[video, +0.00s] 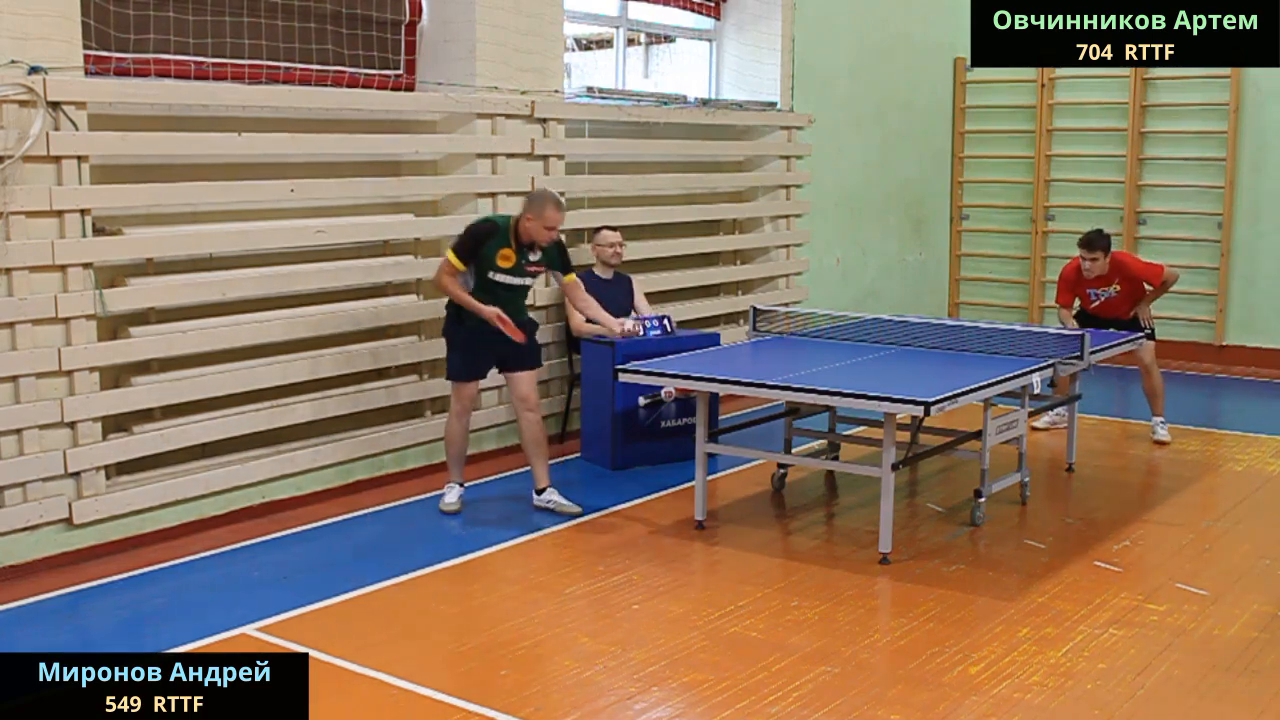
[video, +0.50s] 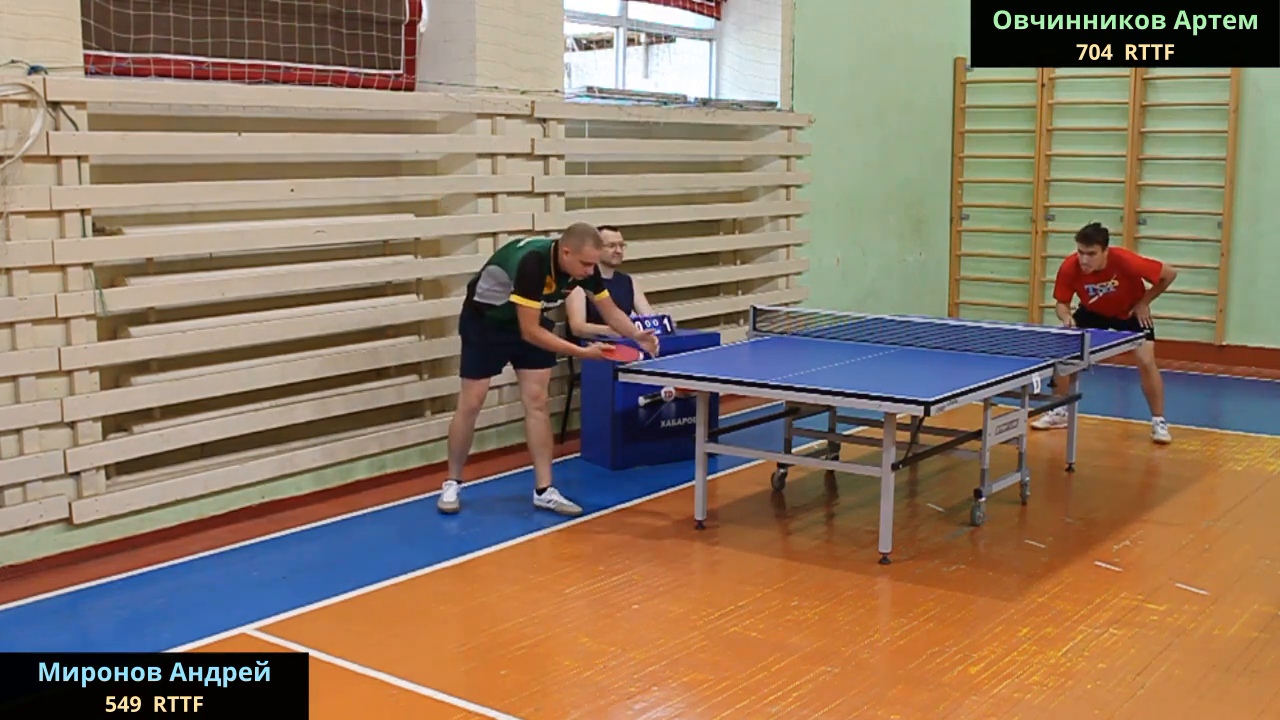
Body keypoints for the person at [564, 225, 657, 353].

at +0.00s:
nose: (618, 251)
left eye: (621, 246)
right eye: (611, 246)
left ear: (624, 248)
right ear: (594, 250)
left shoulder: (629, 283)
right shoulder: (577, 283)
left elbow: (650, 319)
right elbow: (577, 327)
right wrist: (611, 331)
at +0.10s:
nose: (618, 251)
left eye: (621, 245)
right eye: (611, 246)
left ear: (624, 247)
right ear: (594, 250)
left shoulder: (628, 282)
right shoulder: (578, 284)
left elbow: (648, 316)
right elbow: (577, 327)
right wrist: (609, 329)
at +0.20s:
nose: (618, 251)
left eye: (621, 245)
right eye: (611, 246)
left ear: (624, 247)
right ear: (595, 250)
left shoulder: (628, 281)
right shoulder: (579, 281)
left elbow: (649, 317)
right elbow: (577, 327)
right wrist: (610, 329)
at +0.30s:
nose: (618, 251)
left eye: (621, 246)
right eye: (611, 246)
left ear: (624, 248)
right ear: (595, 249)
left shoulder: (629, 282)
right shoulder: (579, 283)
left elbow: (649, 316)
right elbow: (577, 327)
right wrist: (617, 332)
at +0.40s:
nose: (618, 251)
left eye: (621, 246)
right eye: (611, 246)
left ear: (625, 247)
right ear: (595, 248)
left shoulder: (628, 281)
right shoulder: (579, 281)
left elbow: (649, 315)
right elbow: (577, 327)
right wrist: (612, 331)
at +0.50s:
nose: (618, 251)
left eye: (621, 245)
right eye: (611, 246)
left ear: (625, 247)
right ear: (596, 248)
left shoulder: (628, 281)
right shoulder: (579, 281)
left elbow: (649, 315)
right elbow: (577, 327)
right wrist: (611, 330)